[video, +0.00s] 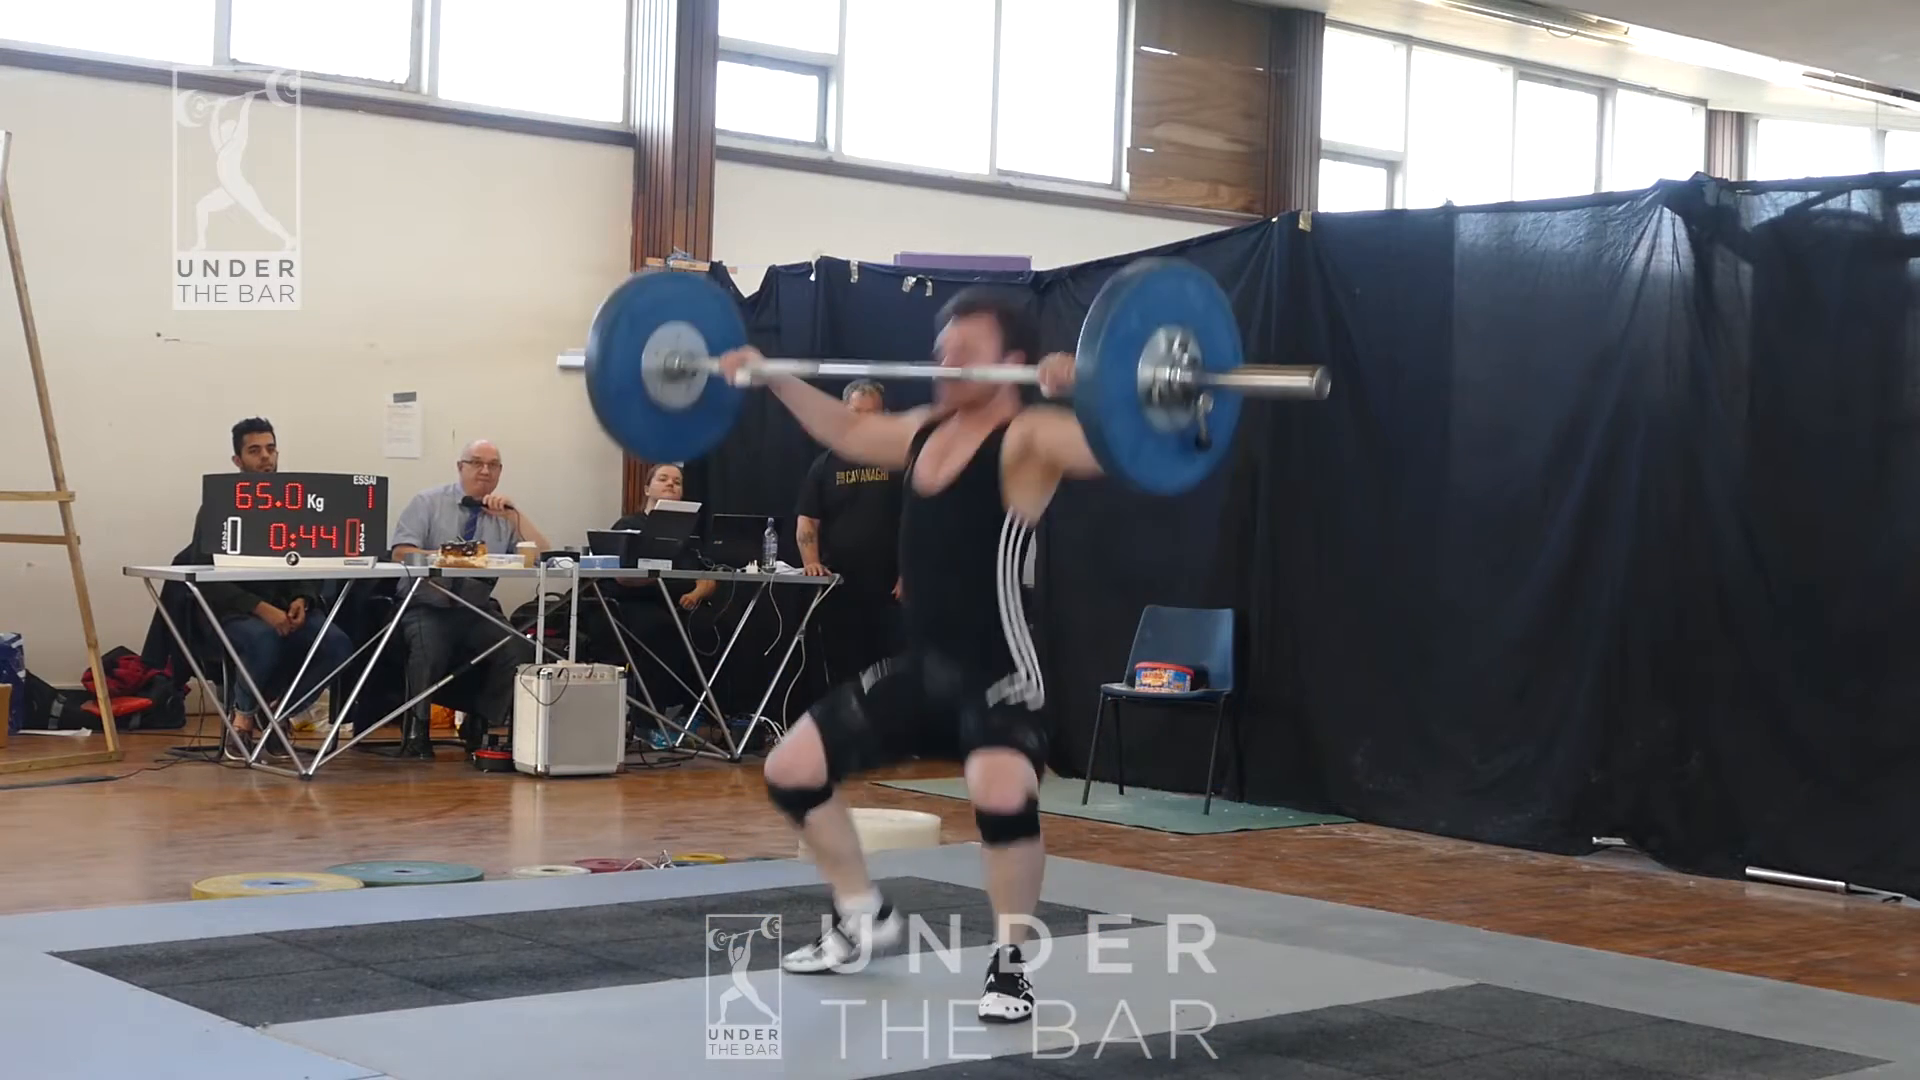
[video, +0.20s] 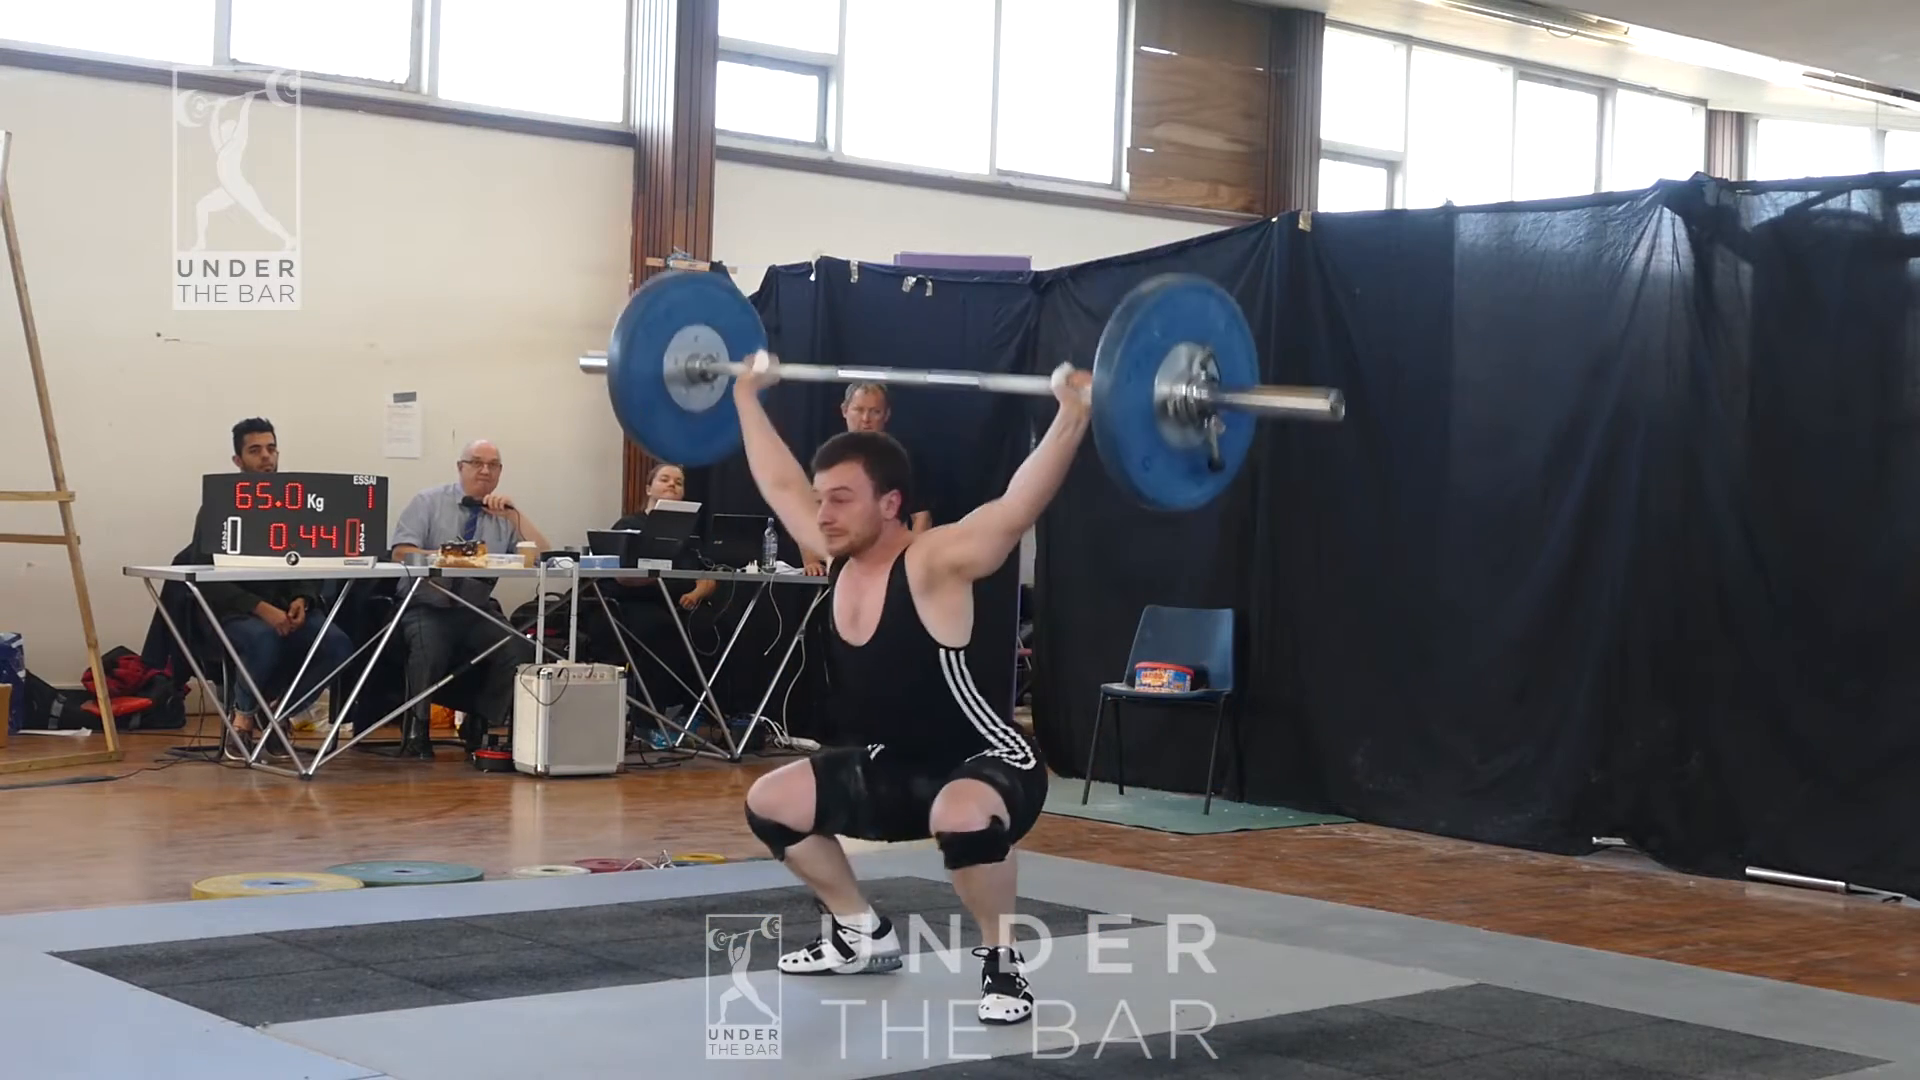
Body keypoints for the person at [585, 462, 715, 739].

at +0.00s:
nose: (670, 485)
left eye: (676, 482)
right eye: (663, 480)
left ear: (682, 491)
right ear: (647, 487)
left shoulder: (689, 529)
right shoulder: (627, 525)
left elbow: (709, 576)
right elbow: (613, 570)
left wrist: (696, 593)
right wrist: (638, 580)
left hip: (677, 604)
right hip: (636, 604)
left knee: (703, 629)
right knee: (656, 633)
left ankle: (693, 714)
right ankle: (651, 721)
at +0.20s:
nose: (671, 486)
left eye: (678, 483)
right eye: (664, 480)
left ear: (683, 492)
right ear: (649, 487)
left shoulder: (689, 529)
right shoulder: (628, 525)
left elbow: (710, 575)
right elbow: (619, 575)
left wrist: (697, 592)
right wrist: (652, 577)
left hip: (678, 605)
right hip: (637, 604)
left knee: (704, 630)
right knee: (657, 635)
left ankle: (690, 712)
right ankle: (650, 721)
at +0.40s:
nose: (673, 489)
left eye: (678, 485)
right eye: (665, 483)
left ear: (684, 492)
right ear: (649, 490)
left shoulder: (688, 531)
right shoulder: (630, 525)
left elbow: (709, 576)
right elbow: (621, 575)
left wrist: (696, 593)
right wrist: (650, 578)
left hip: (676, 603)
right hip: (636, 604)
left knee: (702, 630)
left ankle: (691, 712)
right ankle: (648, 719)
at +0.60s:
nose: (674, 487)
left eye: (680, 484)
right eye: (666, 481)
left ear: (685, 494)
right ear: (650, 488)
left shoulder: (691, 530)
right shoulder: (628, 525)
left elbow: (711, 575)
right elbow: (622, 577)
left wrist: (697, 593)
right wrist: (656, 573)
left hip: (677, 604)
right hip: (635, 603)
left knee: (705, 627)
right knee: (658, 630)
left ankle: (696, 712)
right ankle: (649, 721)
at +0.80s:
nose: (673, 486)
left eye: (680, 484)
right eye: (666, 480)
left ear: (684, 494)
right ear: (650, 488)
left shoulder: (691, 529)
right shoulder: (629, 525)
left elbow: (710, 576)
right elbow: (622, 576)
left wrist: (696, 593)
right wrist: (656, 575)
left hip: (678, 605)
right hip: (637, 603)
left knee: (706, 628)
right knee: (657, 630)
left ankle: (694, 712)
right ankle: (653, 721)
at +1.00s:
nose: (674, 487)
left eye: (680, 484)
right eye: (666, 481)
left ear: (685, 493)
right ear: (650, 488)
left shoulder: (691, 529)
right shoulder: (629, 525)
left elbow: (711, 575)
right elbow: (619, 575)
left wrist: (697, 593)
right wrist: (653, 575)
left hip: (677, 605)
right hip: (636, 603)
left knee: (705, 630)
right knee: (655, 633)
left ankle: (687, 712)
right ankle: (650, 721)